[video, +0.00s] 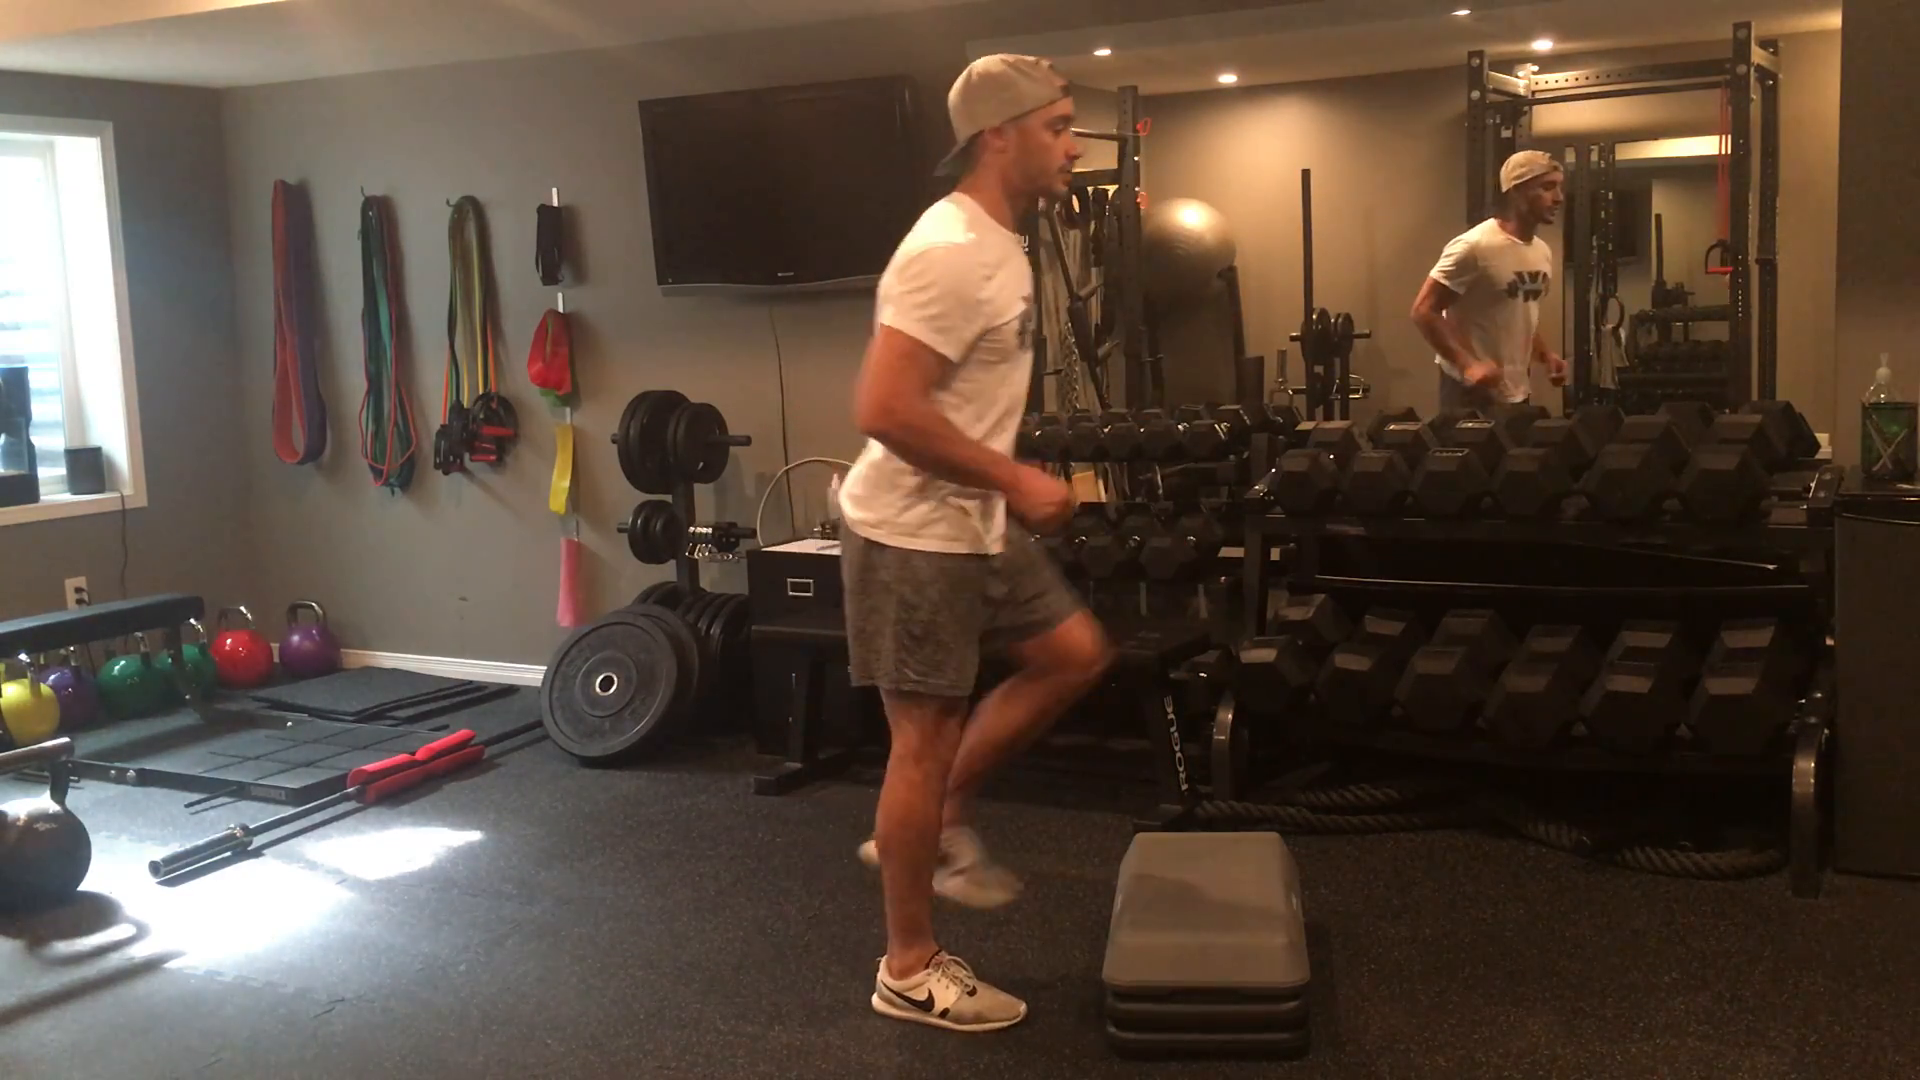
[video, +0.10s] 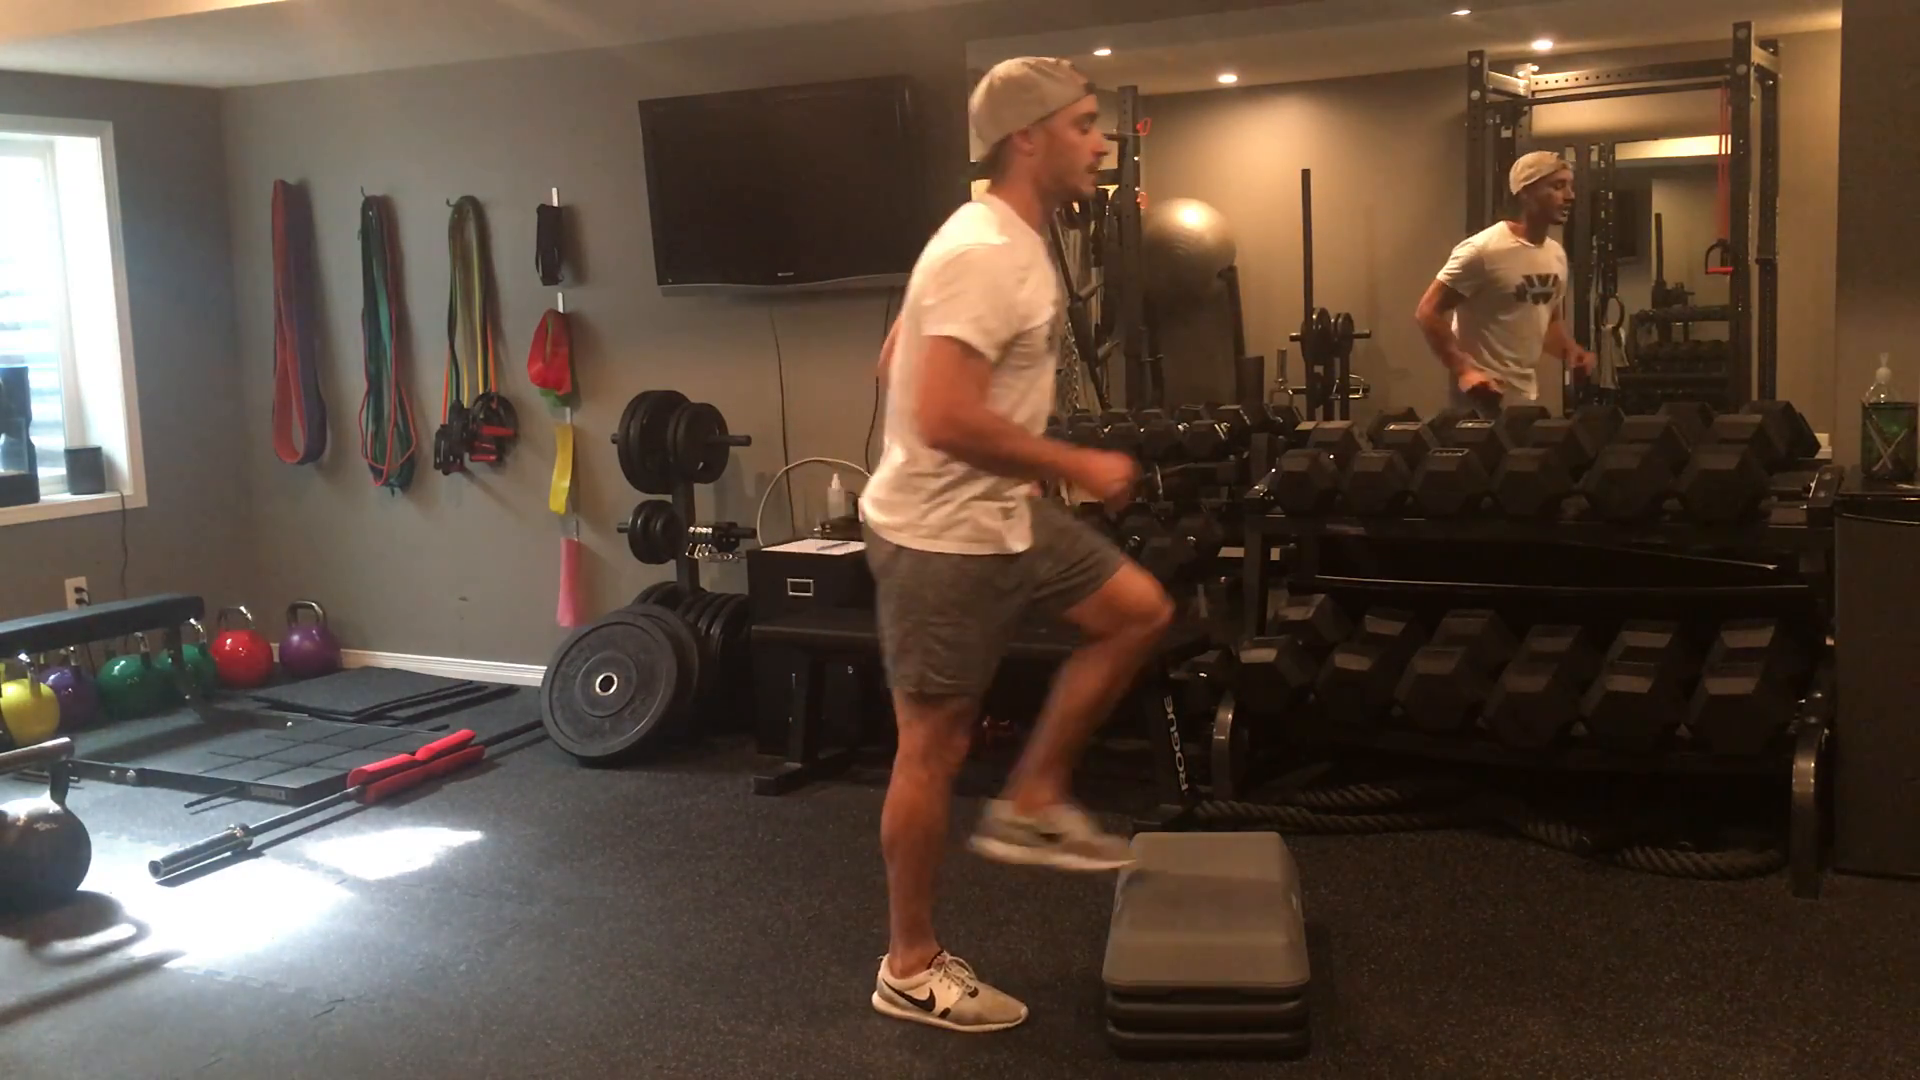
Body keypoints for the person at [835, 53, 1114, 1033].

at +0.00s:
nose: (1075, 142)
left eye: (1072, 125)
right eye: (1059, 126)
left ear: (1012, 140)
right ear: (999, 138)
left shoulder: (998, 243)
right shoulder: (948, 249)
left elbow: (940, 398)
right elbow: (885, 407)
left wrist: (1009, 477)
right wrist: (1013, 476)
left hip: (976, 524)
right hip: (913, 533)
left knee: (1072, 652)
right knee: (923, 746)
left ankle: (930, 811)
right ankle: (906, 965)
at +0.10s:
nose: (1101, 142)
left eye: (1096, 124)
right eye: (1084, 125)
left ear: (1032, 144)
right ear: (1025, 142)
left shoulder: (1008, 238)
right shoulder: (978, 251)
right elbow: (945, 414)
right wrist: (1075, 462)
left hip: (1005, 518)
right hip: (940, 534)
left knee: (1138, 612)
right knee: (931, 750)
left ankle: (1033, 801)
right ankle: (910, 962)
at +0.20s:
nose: (1137, 130)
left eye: (1132, 113)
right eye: (1119, 115)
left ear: (1065, 138)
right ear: (1061, 136)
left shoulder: (1033, 231)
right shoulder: (1014, 242)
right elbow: (993, 405)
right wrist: (1124, 433)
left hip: (1029, 506)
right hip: (966, 522)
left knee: (1168, 607)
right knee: (956, 746)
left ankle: (1105, 821)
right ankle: (913, 958)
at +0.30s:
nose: (1164, 116)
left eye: (1158, 100)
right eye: (1147, 100)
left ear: (1098, 121)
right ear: (1092, 119)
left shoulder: (1090, 227)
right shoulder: (1048, 222)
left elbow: (1034, 386)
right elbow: (1005, 381)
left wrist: (1102, 454)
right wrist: (1133, 424)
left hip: (1071, 502)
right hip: (1004, 510)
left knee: (1174, 632)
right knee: (1026, 720)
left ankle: (1103, 845)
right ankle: (929, 937)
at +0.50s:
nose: (1178, 16)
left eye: (1174, 3)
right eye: (1163, 1)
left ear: (1116, 17)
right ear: (1107, 11)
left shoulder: (1108, 124)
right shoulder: (1056, 117)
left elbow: (1053, 278)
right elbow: (984, 270)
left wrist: (1144, 321)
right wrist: (1118, 344)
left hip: (1061, 406)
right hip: (1025, 410)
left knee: (1112, 609)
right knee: (1134, 604)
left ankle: (1101, 819)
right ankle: (1031, 821)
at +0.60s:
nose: (1172, 6)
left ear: (1111, 10)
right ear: (1105, 1)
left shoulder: (1107, 100)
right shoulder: (1062, 92)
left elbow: (1041, 249)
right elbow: (983, 244)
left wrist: (1130, 287)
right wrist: (1111, 312)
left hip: (1058, 388)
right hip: (1034, 389)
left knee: (1106, 594)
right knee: (1131, 596)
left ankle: (1045, 788)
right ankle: (1101, 830)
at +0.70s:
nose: (1168, 18)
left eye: (1163, 4)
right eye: (1151, 3)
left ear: (1102, 21)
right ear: (1096, 16)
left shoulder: (1089, 123)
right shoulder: (1062, 121)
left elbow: (1037, 273)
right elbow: (995, 275)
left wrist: (1130, 315)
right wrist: (1125, 335)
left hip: (1058, 416)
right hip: (1057, 422)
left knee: (1107, 616)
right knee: (1129, 628)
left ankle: (997, 778)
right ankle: (1095, 863)